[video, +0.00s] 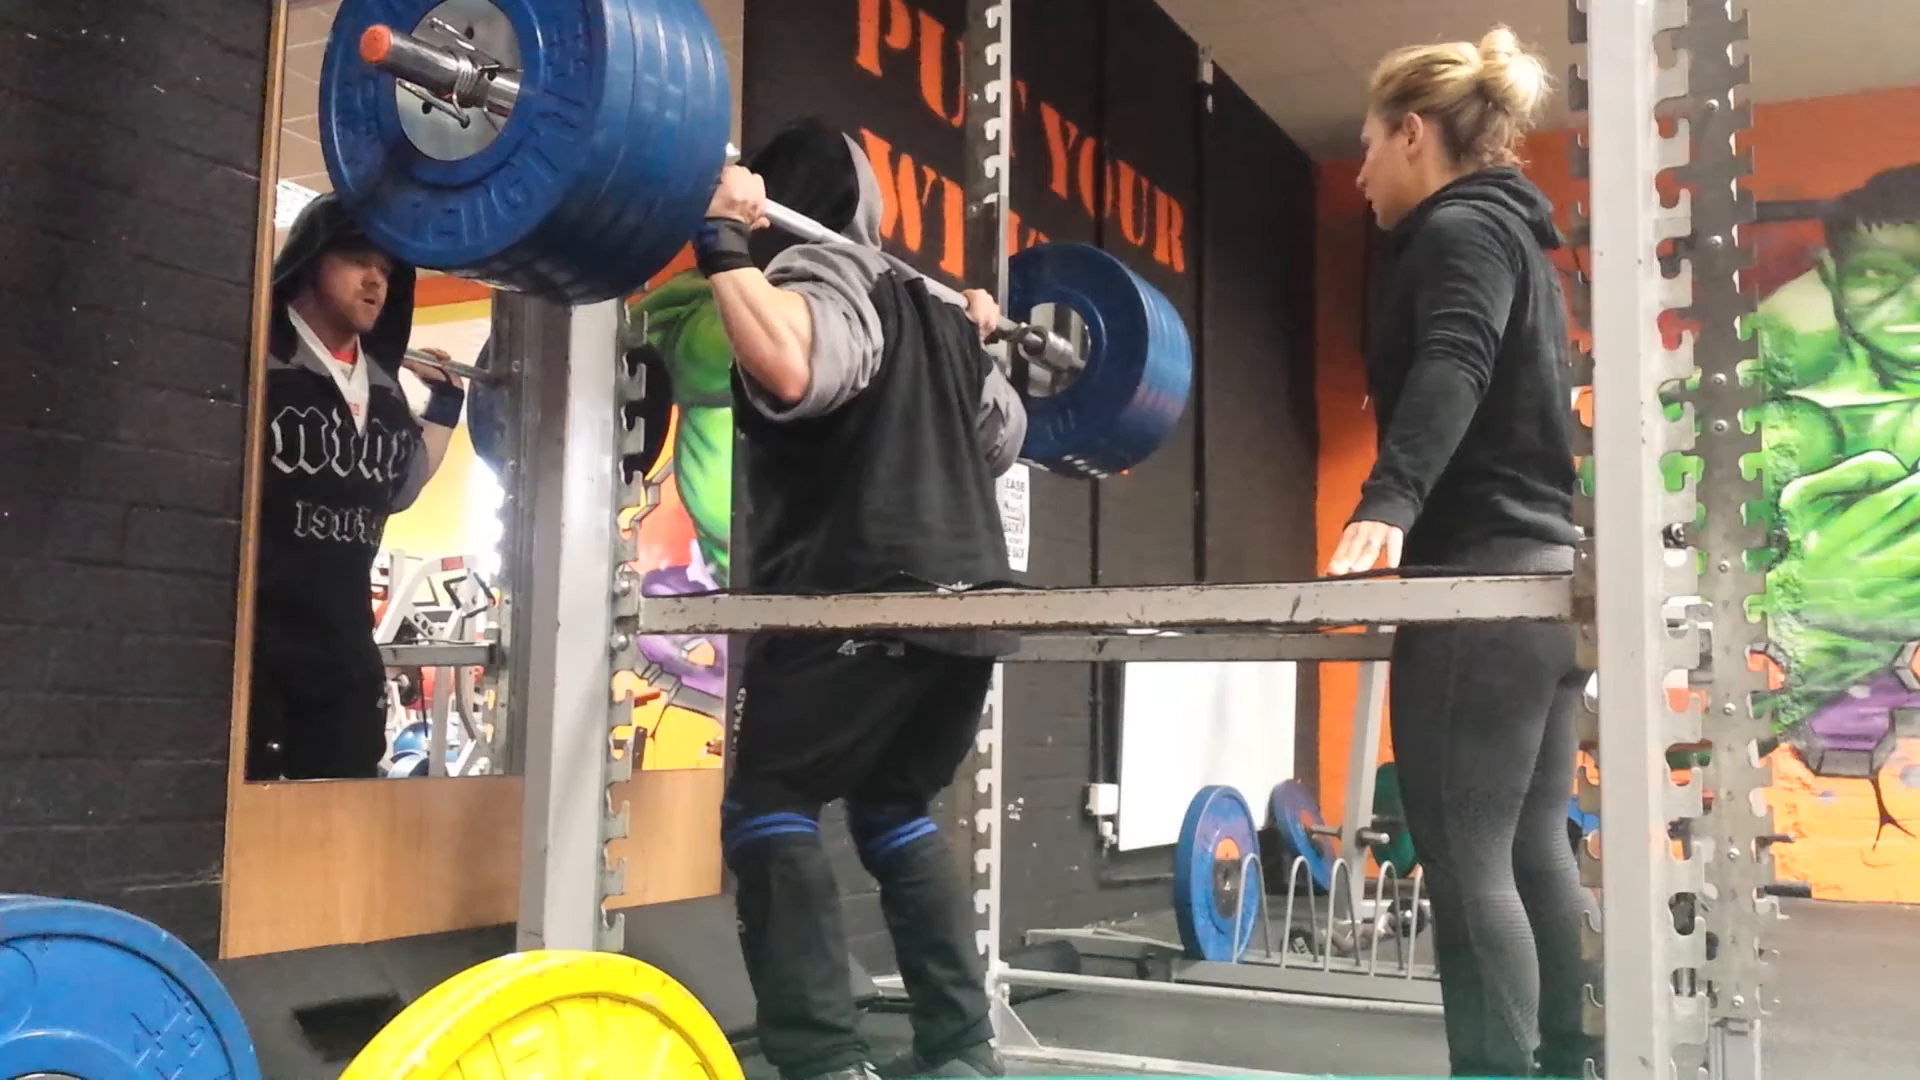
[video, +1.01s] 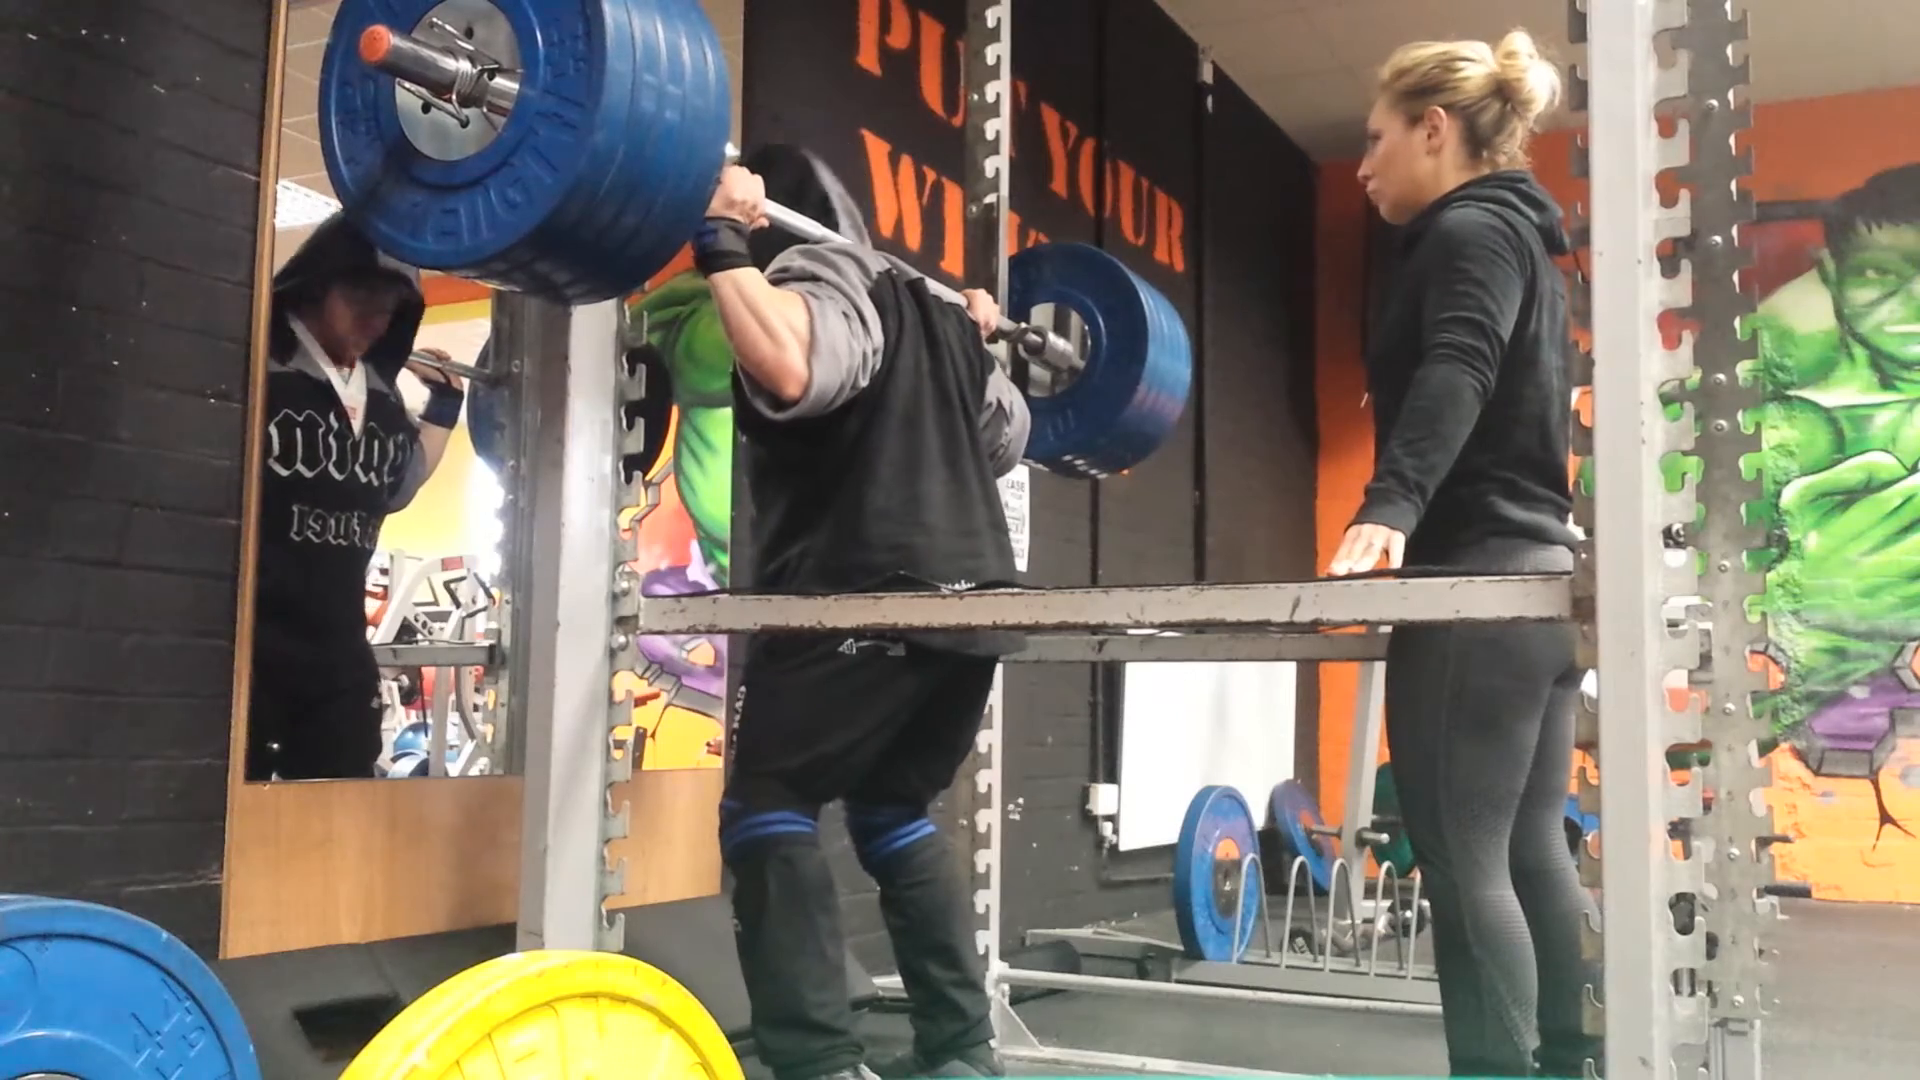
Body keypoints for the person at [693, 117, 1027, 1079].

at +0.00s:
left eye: (754, 210)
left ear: (778, 209)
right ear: (865, 204)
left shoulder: (811, 276)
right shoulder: (935, 301)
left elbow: (791, 369)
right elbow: (1003, 436)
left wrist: (722, 239)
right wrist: (990, 338)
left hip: (845, 601)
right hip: (971, 602)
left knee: (768, 806)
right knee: (896, 806)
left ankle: (814, 1049)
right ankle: (958, 1048)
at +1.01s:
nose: (734, 247)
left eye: (743, 224)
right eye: (730, 224)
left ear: (778, 220)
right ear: (846, 213)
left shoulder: (822, 271)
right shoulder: (933, 301)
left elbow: (793, 367)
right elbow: (1008, 435)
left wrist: (721, 238)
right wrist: (981, 341)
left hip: (850, 599)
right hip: (972, 605)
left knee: (767, 802)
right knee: (895, 808)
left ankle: (806, 1049)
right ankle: (958, 1049)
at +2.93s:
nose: (764, 216)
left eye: (773, 194)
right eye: (763, 194)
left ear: (802, 187)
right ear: (871, 182)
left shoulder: (842, 241)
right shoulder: (952, 274)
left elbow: (840, 335)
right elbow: (1026, 408)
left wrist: (763, 212)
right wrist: (1009, 320)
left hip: (871, 568)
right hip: (986, 567)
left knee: (833, 797)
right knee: (940, 799)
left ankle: (817, 1050)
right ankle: (964, 1046)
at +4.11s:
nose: (862, 230)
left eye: (870, 208)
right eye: (861, 215)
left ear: (909, 173)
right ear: (977, 163)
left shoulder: (964, 226)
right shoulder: (1058, 257)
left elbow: (993, 311)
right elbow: (1135, 390)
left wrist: (892, 195)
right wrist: (1132, 324)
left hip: (989, 569)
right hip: (1092, 565)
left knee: (946, 807)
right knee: (1012, 791)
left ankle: (960, 1060)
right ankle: (1074, 1027)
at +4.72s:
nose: (976, 228)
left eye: (980, 205)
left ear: (1010, 186)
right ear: (1090, 165)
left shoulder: (1088, 229)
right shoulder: (1165, 244)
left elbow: (1141, 316)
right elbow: (1255, 368)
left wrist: (1050, 224)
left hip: (1113, 560)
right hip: (1219, 559)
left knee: (1020, 777)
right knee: (1156, 801)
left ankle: (1075, 1055)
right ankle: (1179, 1061)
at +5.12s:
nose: (1015, 241)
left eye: (1019, 219)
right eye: (1005, 227)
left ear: (1061, 193)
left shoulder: (1181, 221)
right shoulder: (1101, 271)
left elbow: (1217, 306)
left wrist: (1110, 186)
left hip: (1219, 572)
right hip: (1164, 575)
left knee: (1163, 826)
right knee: (1167, 826)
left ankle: (1220, 1068)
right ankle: (1187, 1061)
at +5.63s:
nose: (1081, 247)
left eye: (1078, 222)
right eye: (1066, 234)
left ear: (1116, 181)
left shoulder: (1240, 208)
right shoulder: (1169, 258)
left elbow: (1282, 295)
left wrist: (1173, 161)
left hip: (1265, 578)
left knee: (1214, 819)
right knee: (1303, 823)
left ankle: (1237, 1065)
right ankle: (1347, 1064)